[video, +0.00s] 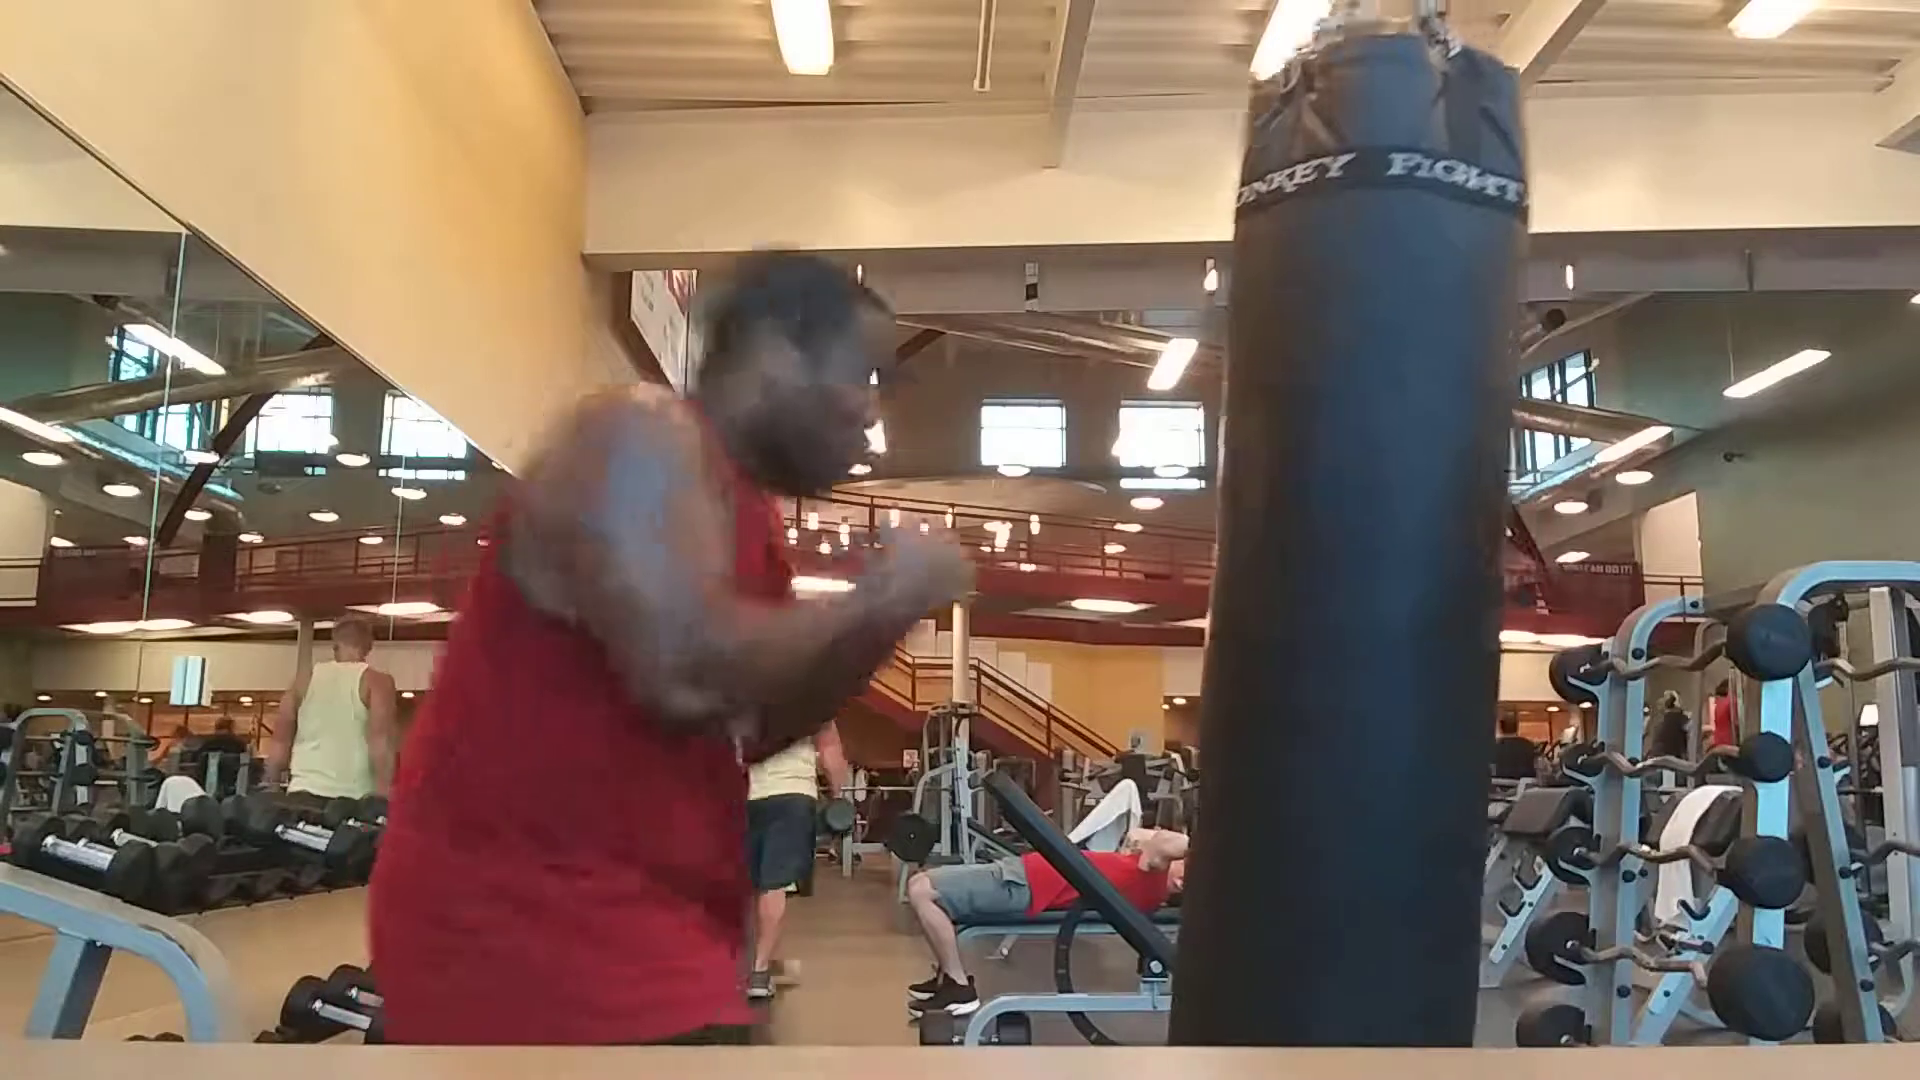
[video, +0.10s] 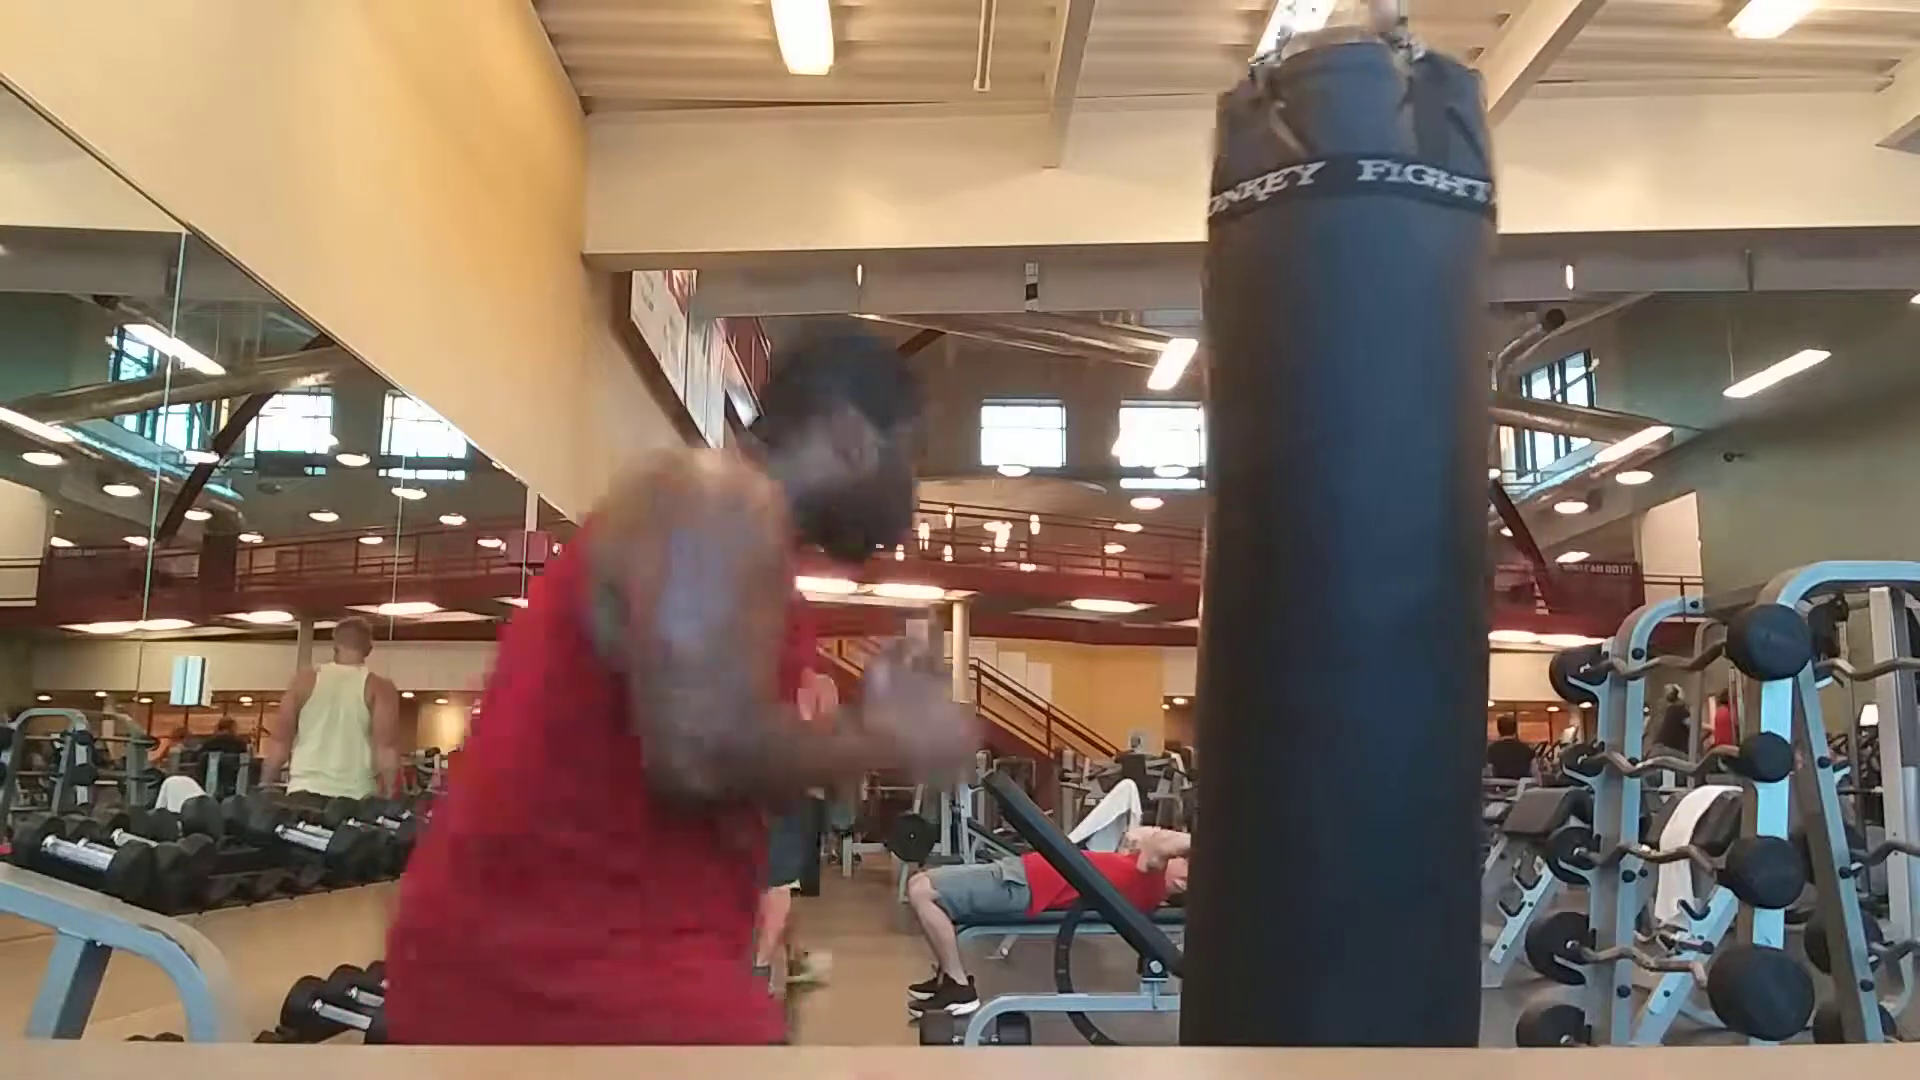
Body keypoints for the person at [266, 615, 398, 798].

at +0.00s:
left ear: (335, 647)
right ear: (369, 648)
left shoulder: (306, 677)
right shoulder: (377, 681)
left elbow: (281, 737)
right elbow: (379, 743)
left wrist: (271, 784)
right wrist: (384, 795)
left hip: (303, 794)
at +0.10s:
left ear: (335, 647)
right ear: (369, 649)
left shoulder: (306, 679)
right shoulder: (379, 687)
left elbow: (281, 740)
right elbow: (386, 748)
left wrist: (265, 787)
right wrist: (390, 800)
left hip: (303, 796)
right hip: (354, 800)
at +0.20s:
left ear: (336, 647)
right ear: (369, 649)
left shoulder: (307, 678)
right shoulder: (381, 689)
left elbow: (281, 740)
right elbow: (387, 750)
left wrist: (264, 789)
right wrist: (396, 801)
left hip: (303, 796)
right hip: (355, 801)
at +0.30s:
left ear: (334, 645)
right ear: (367, 649)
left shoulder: (306, 677)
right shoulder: (381, 689)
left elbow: (283, 737)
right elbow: (388, 749)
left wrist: (263, 784)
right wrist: (397, 796)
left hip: (302, 795)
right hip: (355, 798)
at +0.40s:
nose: (326, 649)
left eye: (327, 644)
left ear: (331, 645)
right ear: (362, 650)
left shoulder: (306, 676)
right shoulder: (380, 689)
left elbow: (284, 735)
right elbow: (388, 751)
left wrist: (263, 782)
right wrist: (398, 796)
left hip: (304, 795)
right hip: (356, 799)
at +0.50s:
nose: (320, 649)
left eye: (321, 644)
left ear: (324, 645)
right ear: (356, 649)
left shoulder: (305, 676)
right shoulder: (376, 689)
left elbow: (283, 737)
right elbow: (387, 750)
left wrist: (261, 786)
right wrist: (399, 796)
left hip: (302, 795)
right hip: (355, 799)